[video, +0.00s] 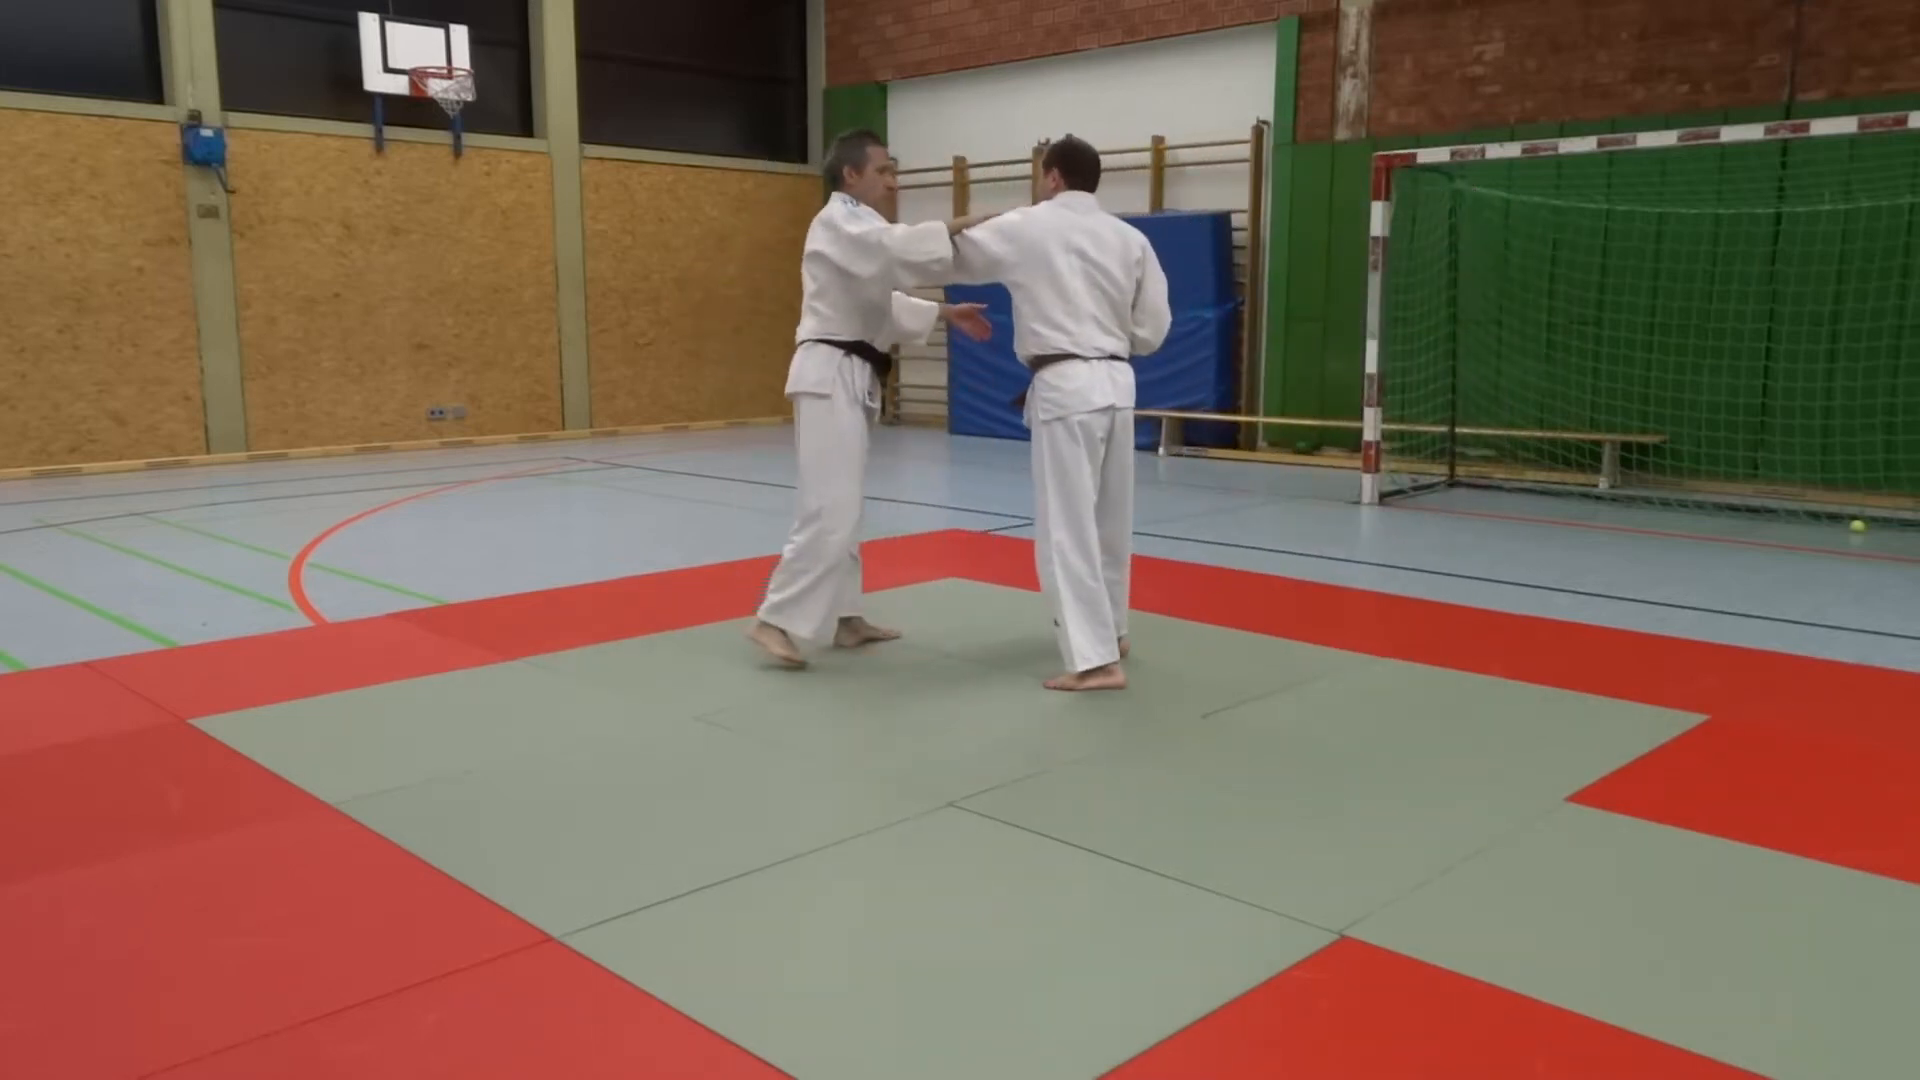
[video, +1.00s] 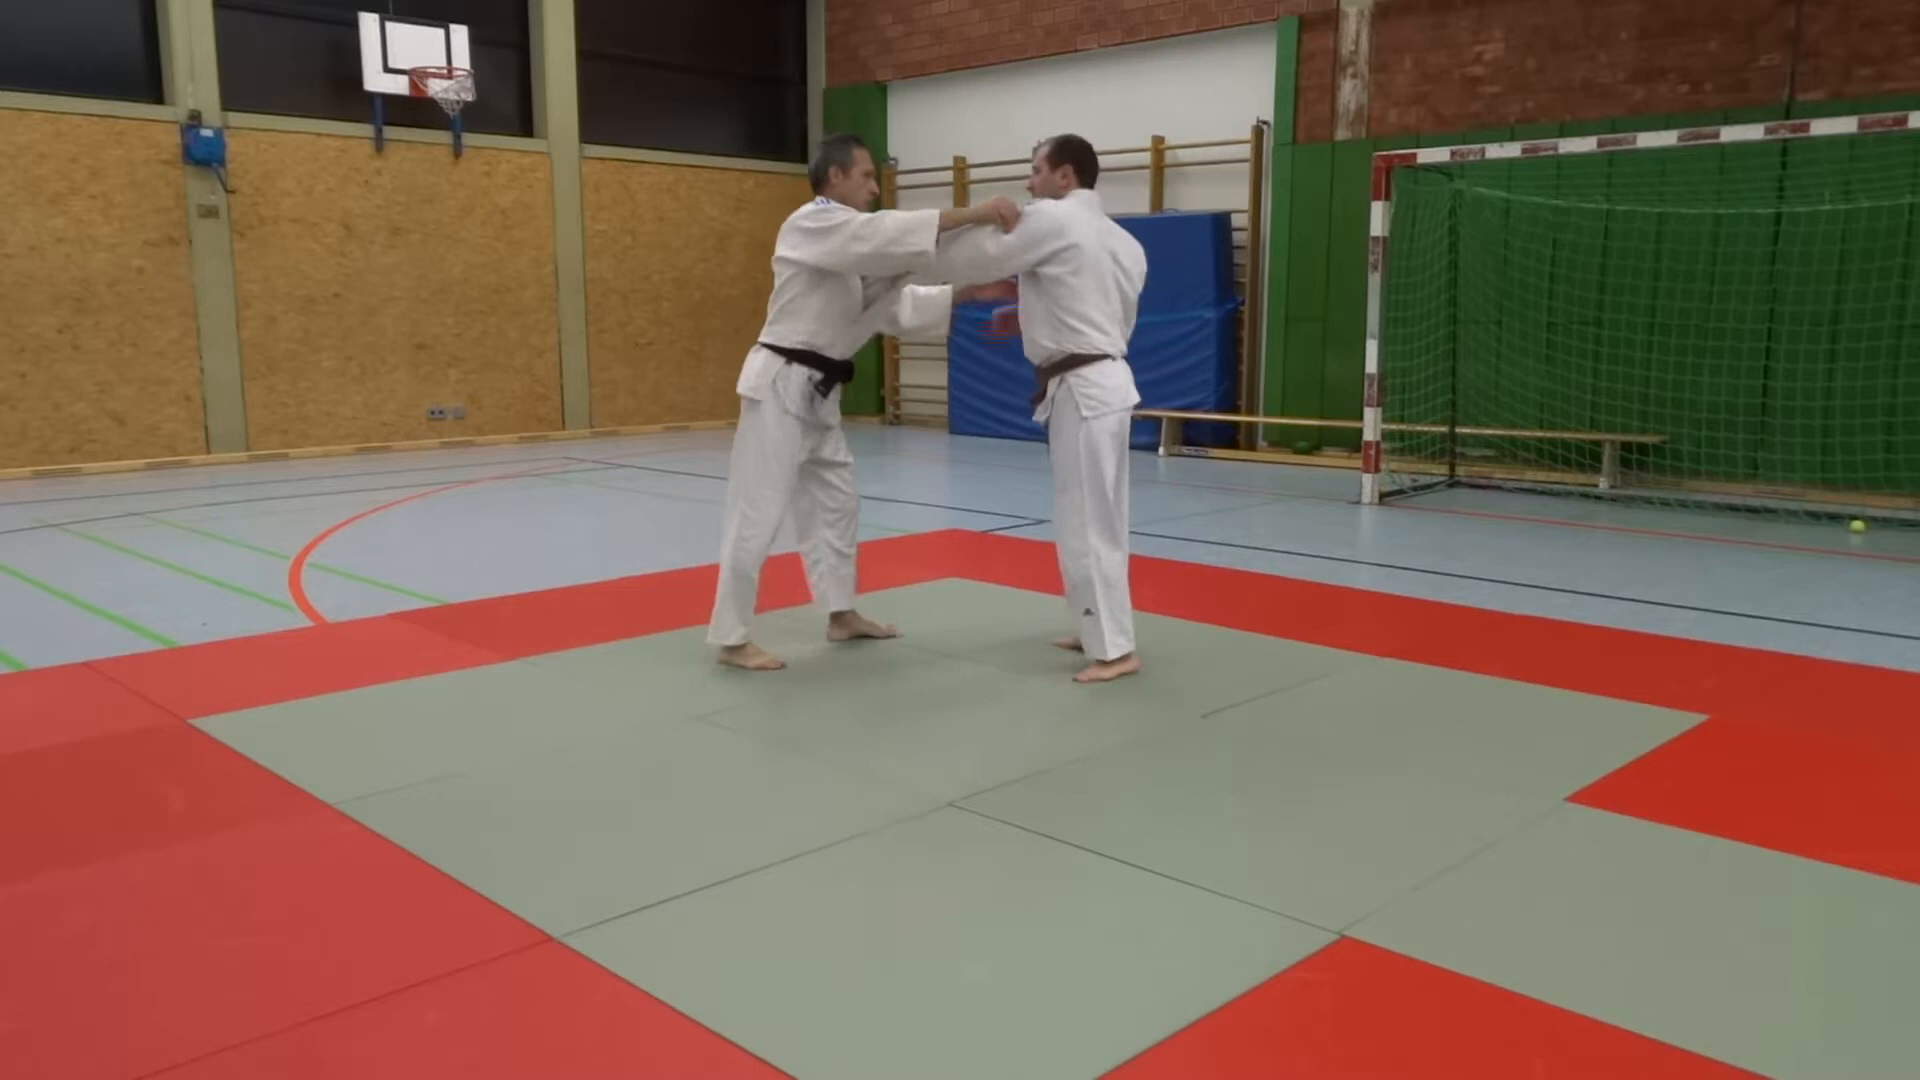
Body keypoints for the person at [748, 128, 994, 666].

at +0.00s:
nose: (895, 180)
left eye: (893, 171)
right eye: (885, 170)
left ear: (859, 177)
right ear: (852, 175)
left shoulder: (859, 226)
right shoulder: (836, 219)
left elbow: (877, 302)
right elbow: (892, 246)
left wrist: (946, 313)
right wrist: (967, 229)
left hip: (852, 372)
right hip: (828, 369)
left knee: (845, 503)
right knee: (832, 505)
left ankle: (845, 617)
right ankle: (775, 621)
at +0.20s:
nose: (874, 186)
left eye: (874, 175)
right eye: (866, 175)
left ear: (842, 179)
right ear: (834, 178)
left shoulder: (845, 233)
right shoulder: (816, 224)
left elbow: (870, 303)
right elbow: (878, 246)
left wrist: (941, 296)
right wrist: (954, 221)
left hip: (832, 384)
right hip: (799, 379)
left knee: (832, 507)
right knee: (782, 511)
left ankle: (846, 620)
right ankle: (741, 636)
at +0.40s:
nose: (858, 188)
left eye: (858, 178)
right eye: (851, 178)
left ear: (823, 180)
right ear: (819, 181)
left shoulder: (833, 238)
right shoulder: (789, 227)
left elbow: (872, 298)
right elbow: (863, 252)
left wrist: (940, 296)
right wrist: (946, 229)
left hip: (805, 391)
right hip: (762, 385)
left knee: (822, 501)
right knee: (752, 509)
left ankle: (837, 616)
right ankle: (731, 638)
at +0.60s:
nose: (853, 187)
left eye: (852, 175)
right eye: (845, 176)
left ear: (819, 176)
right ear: (813, 177)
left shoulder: (825, 238)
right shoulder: (779, 226)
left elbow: (868, 299)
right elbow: (857, 252)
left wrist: (941, 293)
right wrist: (947, 229)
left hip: (800, 389)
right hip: (753, 382)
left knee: (815, 499)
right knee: (737, 508)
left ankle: (814, 614)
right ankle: (728, 638)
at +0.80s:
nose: (856, 185)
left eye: (856, 175)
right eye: (848, 174)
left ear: (829, 175)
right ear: (816, 175)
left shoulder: (833, 238)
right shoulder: (786, 226)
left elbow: (873, 302)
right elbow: (861, 241)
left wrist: (944, 294)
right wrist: (950, 223)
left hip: (807, 390)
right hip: (760, 382)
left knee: (821, 501)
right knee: (744, 509)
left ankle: (826, 614)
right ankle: (727, 638)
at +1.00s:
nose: (875, 186)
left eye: (875, 177)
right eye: (867, 176)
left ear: (851, 180)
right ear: (834, 178)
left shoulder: (859, 241)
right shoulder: (809, 223)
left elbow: (896, 302)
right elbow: (880, 232)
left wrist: (967, 293)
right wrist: (971, 214)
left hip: (820, 389)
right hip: (778, 380)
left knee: (835, 501)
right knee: (757, 510)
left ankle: (841, 615)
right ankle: (730, 638)